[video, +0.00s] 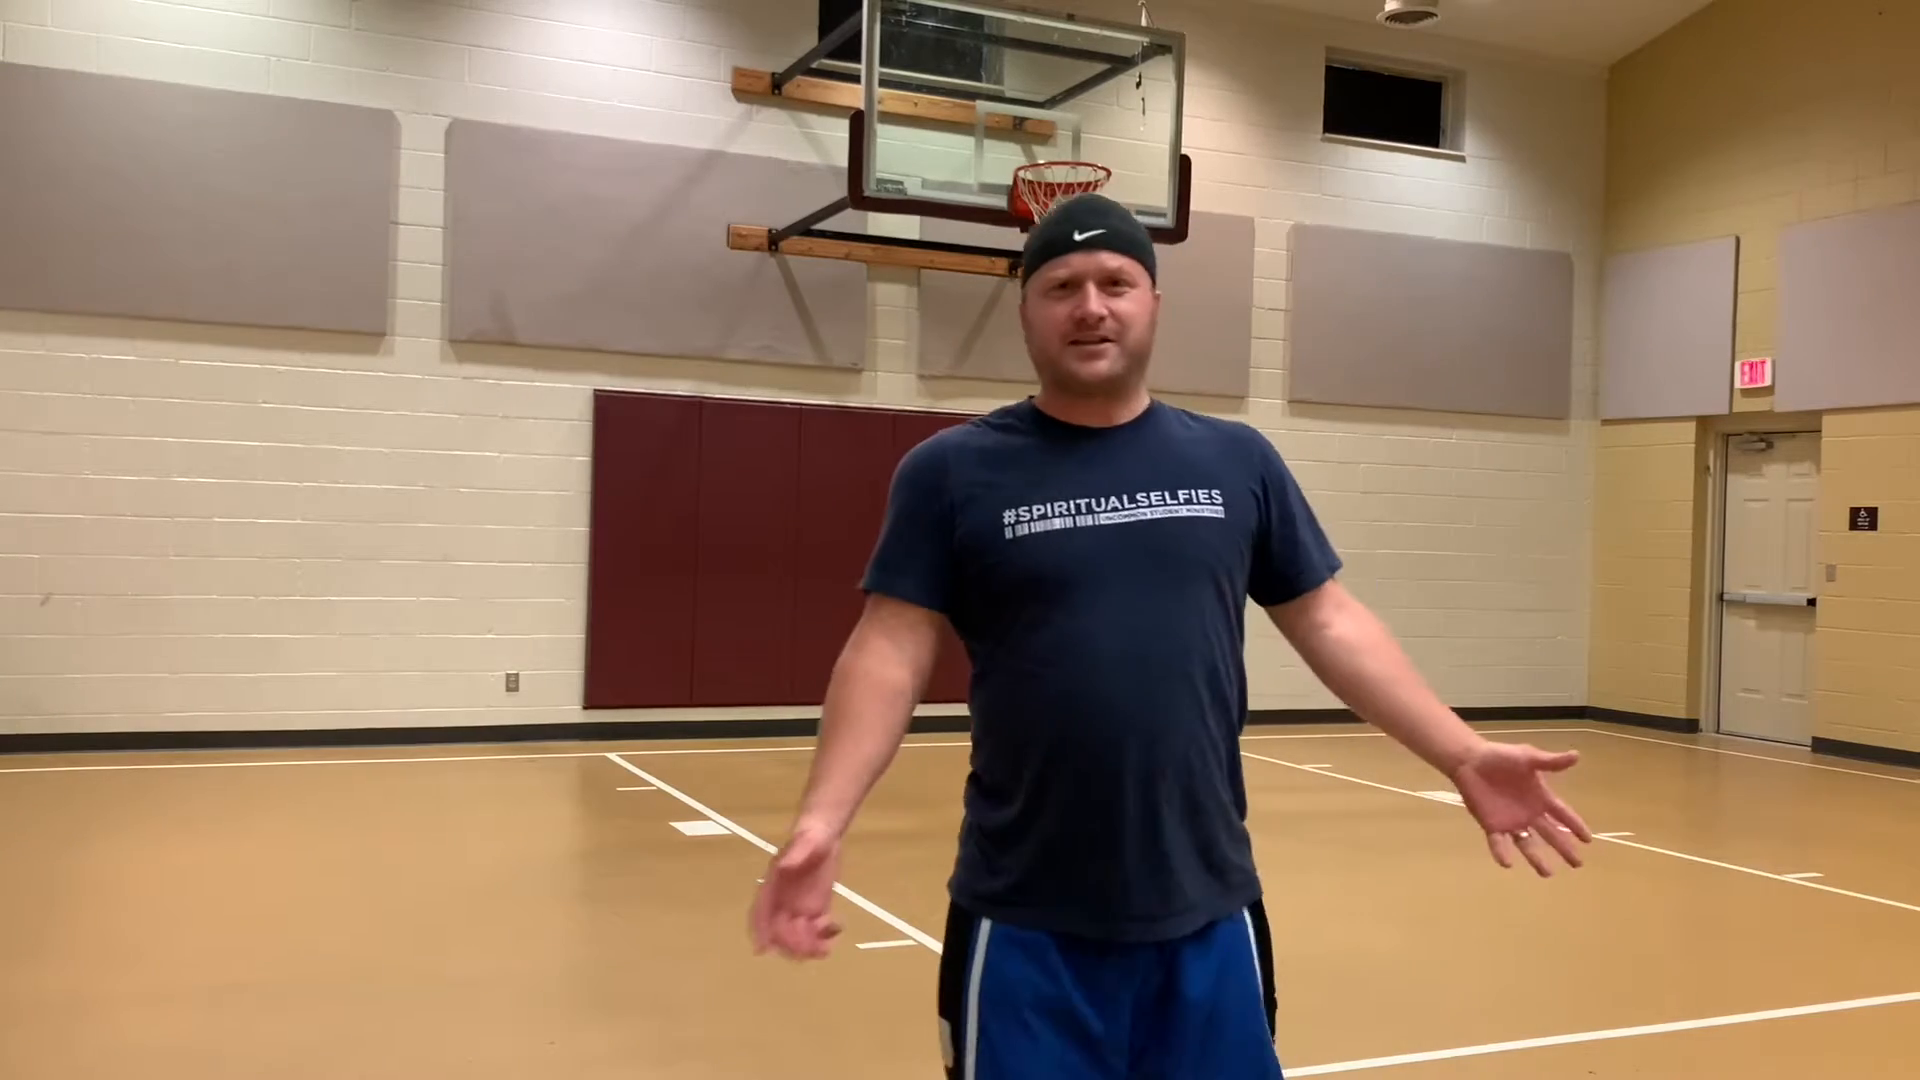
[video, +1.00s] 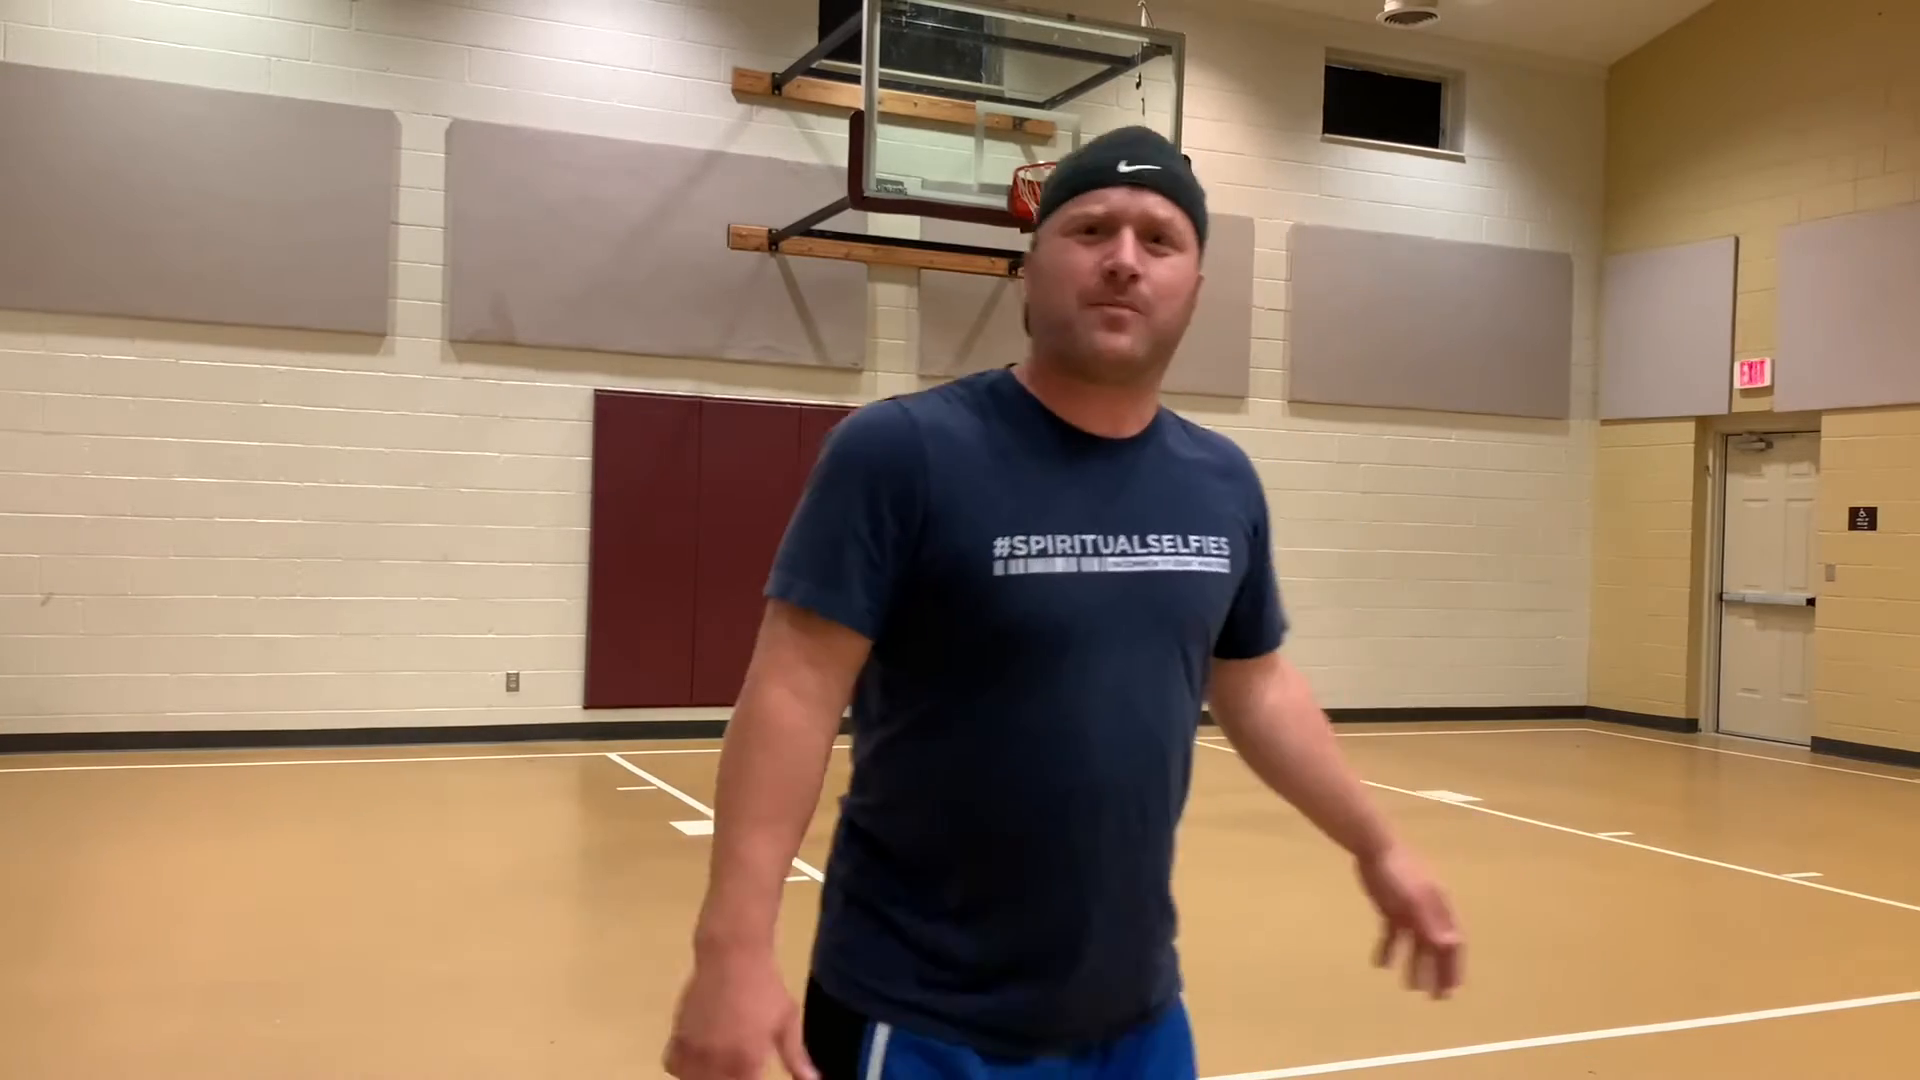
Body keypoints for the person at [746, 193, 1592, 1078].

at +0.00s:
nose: (1093, 305)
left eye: (1117, 283)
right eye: (1063, 286)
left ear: (1155, 305)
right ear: (1024, 315)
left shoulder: (1237, 461)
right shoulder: (953, 472)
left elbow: (1332, 621)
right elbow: (889, 649)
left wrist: (1463, 753)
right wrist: (823, 819)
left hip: (1207, 916)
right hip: (1026, 920)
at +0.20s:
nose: (1085, 295)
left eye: (1113, 273)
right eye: (1057, 271)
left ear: (1152, 300)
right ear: (1014, 296)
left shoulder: (1221, 463)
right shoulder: (928, 468)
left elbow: (1294, 631)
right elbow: (850, 655)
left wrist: (1393, 778)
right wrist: (757, 839)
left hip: (1205, 942)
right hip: (1008, 957)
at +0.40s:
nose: (1130, 287)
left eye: (1162, 269)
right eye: (1104, 260)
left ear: (1200, 307)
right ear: (1053, 283)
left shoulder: (1252, 475)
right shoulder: (946, 461)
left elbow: (1316, 660)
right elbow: (856, 653)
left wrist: (1416, 819)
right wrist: (759, 840)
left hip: (1189, 971)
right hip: (991, 971)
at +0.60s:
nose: (1187, 283)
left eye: (1223, 266)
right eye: (1164, 253)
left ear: (1263, 305)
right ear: (1113, 271)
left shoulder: (1299, 492)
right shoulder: (974, 438)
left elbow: (1370, 695)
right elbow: (867, 629)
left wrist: (1497, 857)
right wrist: (750, 818)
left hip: (1189, 986)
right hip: (983, 975)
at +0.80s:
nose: (1185, 250)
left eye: (1219, 233)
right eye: (1157, 225)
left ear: (1258, 281)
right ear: (1098, 255)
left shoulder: (1286, 480)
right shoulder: (960, 427)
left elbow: (1343, 682)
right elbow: (845, 632)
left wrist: (1487, 837)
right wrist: (720, 838)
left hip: (1177, 988)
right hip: (974, 983)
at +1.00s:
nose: (1125, 260)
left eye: (1159, 239)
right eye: (1093, 230)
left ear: (1197, 288)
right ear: (1031, 259)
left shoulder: (1221, 482)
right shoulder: (899, 453)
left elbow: (1257, 682)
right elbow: (794, 689)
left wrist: (1378, 843)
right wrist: (734, 952)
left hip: (1129, 1008)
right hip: (919, 1014)